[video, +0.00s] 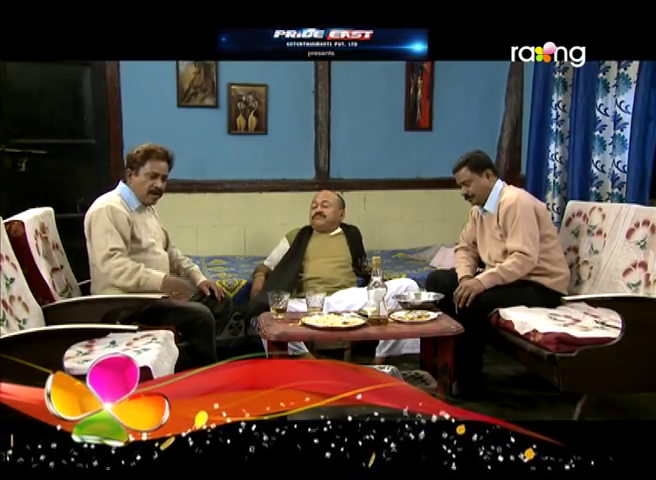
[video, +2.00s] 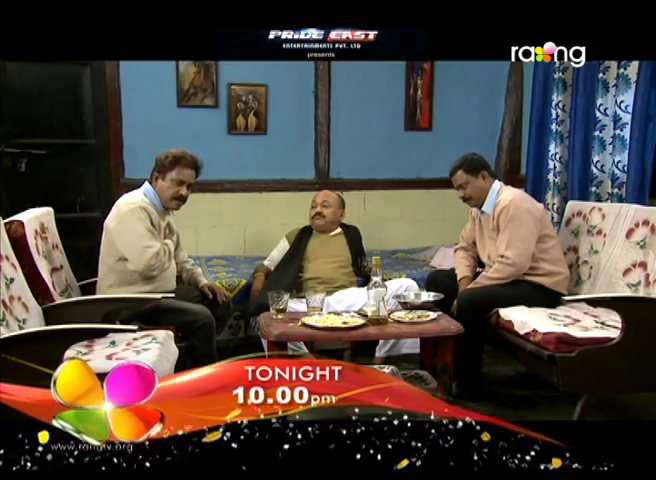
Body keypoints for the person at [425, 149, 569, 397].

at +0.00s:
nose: (464, 192)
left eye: (467, 184)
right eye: (461, 187)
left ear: (488, 176)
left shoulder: (518, 203)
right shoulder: (479, 209)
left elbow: (524, 258)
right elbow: (465, 247)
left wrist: (481, 282)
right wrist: (466, 276)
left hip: (542, 286)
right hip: (505, 279)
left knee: (473, 302)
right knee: (438, 280)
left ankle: (467, 384)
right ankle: (439, 369)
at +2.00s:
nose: (461, 195)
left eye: (464, 187)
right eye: (458, 190)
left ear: (484, 177)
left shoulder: (516, 204)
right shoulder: (479, 209)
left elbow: (513, 263)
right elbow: (465, 247)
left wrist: (469, 291)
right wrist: (465, 282)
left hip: (541, 286)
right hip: (503, 277)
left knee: (468, 303)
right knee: (437, 280)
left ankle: (467, 385)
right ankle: (439, 369)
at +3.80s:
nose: (459, 198)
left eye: (462, 190)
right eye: (456, 193)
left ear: (482, 179)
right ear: (479, 180)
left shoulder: (514, 206)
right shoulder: (478, 208)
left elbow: (513, 266)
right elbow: (464, 248)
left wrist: (465, 295)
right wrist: (463, 284)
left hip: (541, 286)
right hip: (504, 277)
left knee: (469, 302)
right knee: (437, 280)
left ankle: (467, 385)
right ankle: (440, 368)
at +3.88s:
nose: (459, 198)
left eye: (462, 190)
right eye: (456, 193)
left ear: (482, 179)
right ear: (480, 180)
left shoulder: (514, 206)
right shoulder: (478, 208)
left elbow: (513, 266)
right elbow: (464, 248)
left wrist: (466, 295)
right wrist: (463, 284)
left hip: (541, 286)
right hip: (503, 277)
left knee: (469, 302)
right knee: (437, 280)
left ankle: (467, 385)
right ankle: (441, 368)